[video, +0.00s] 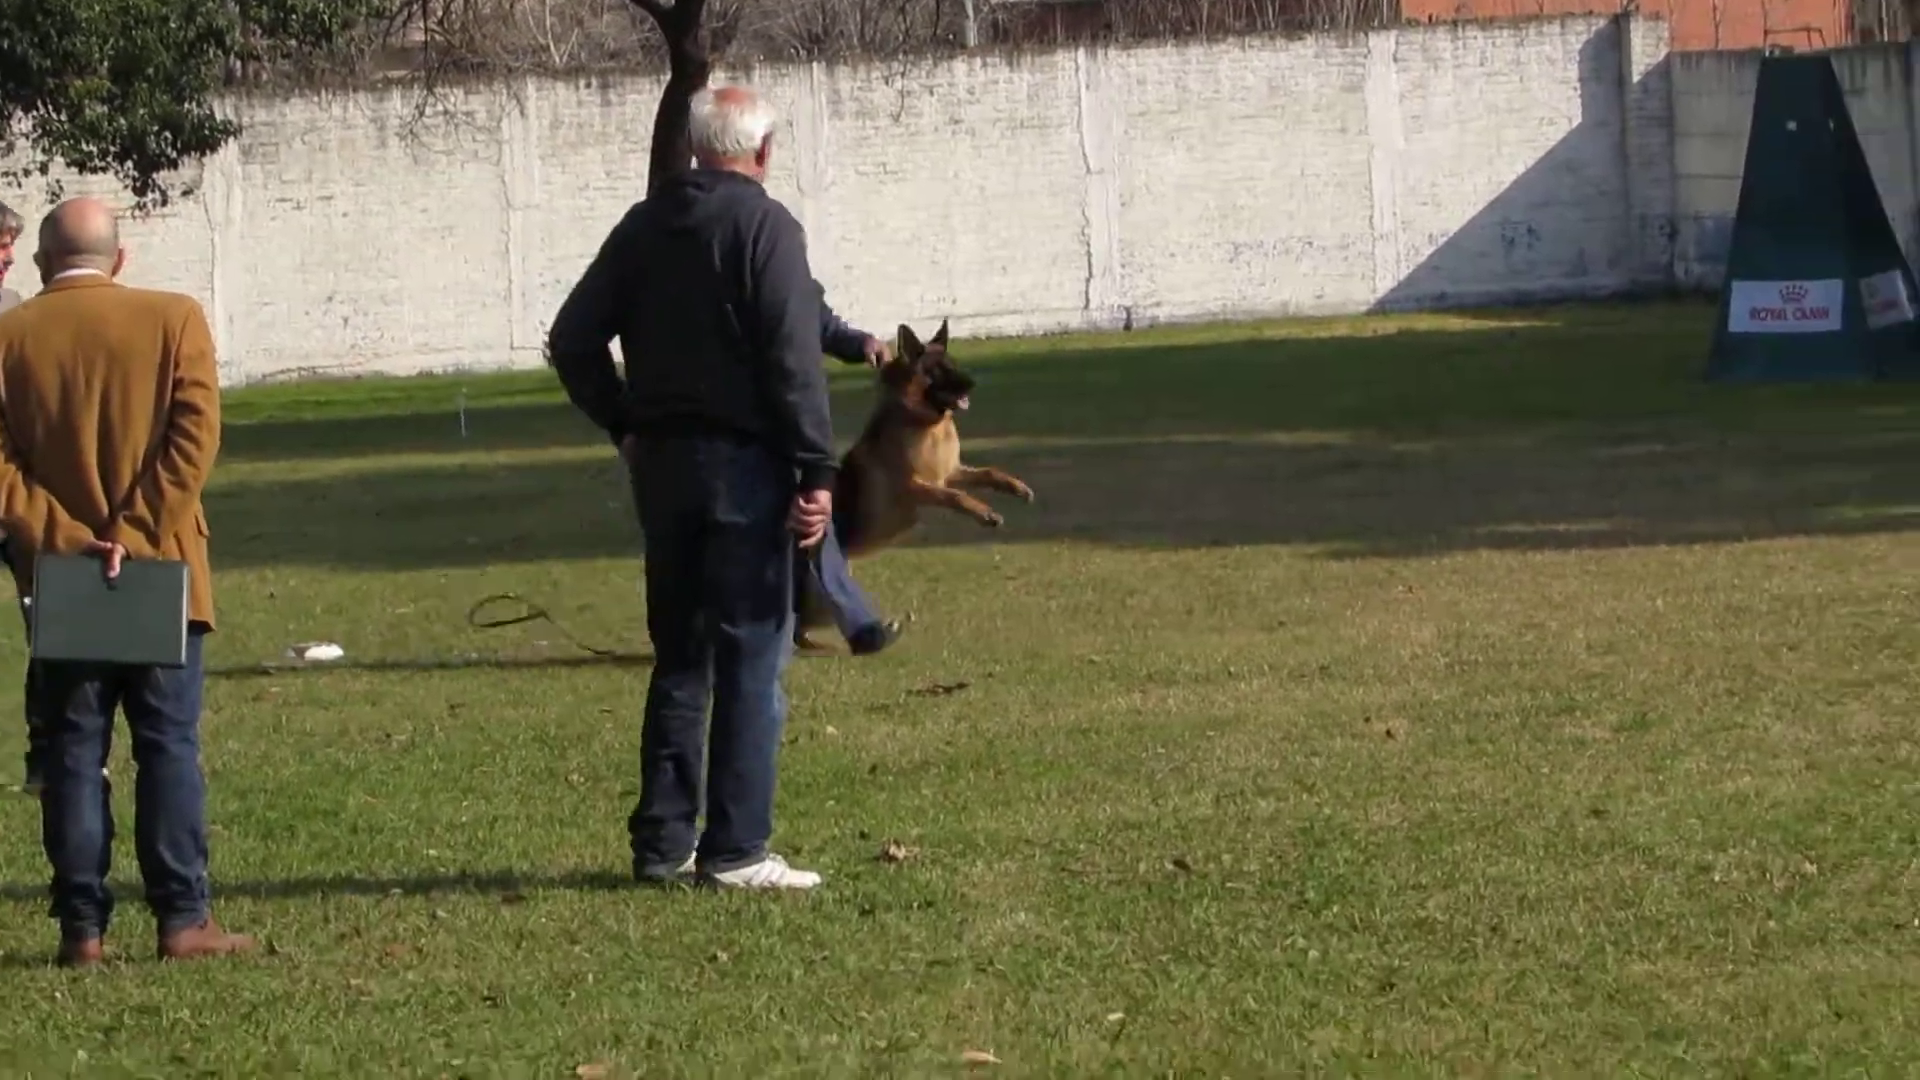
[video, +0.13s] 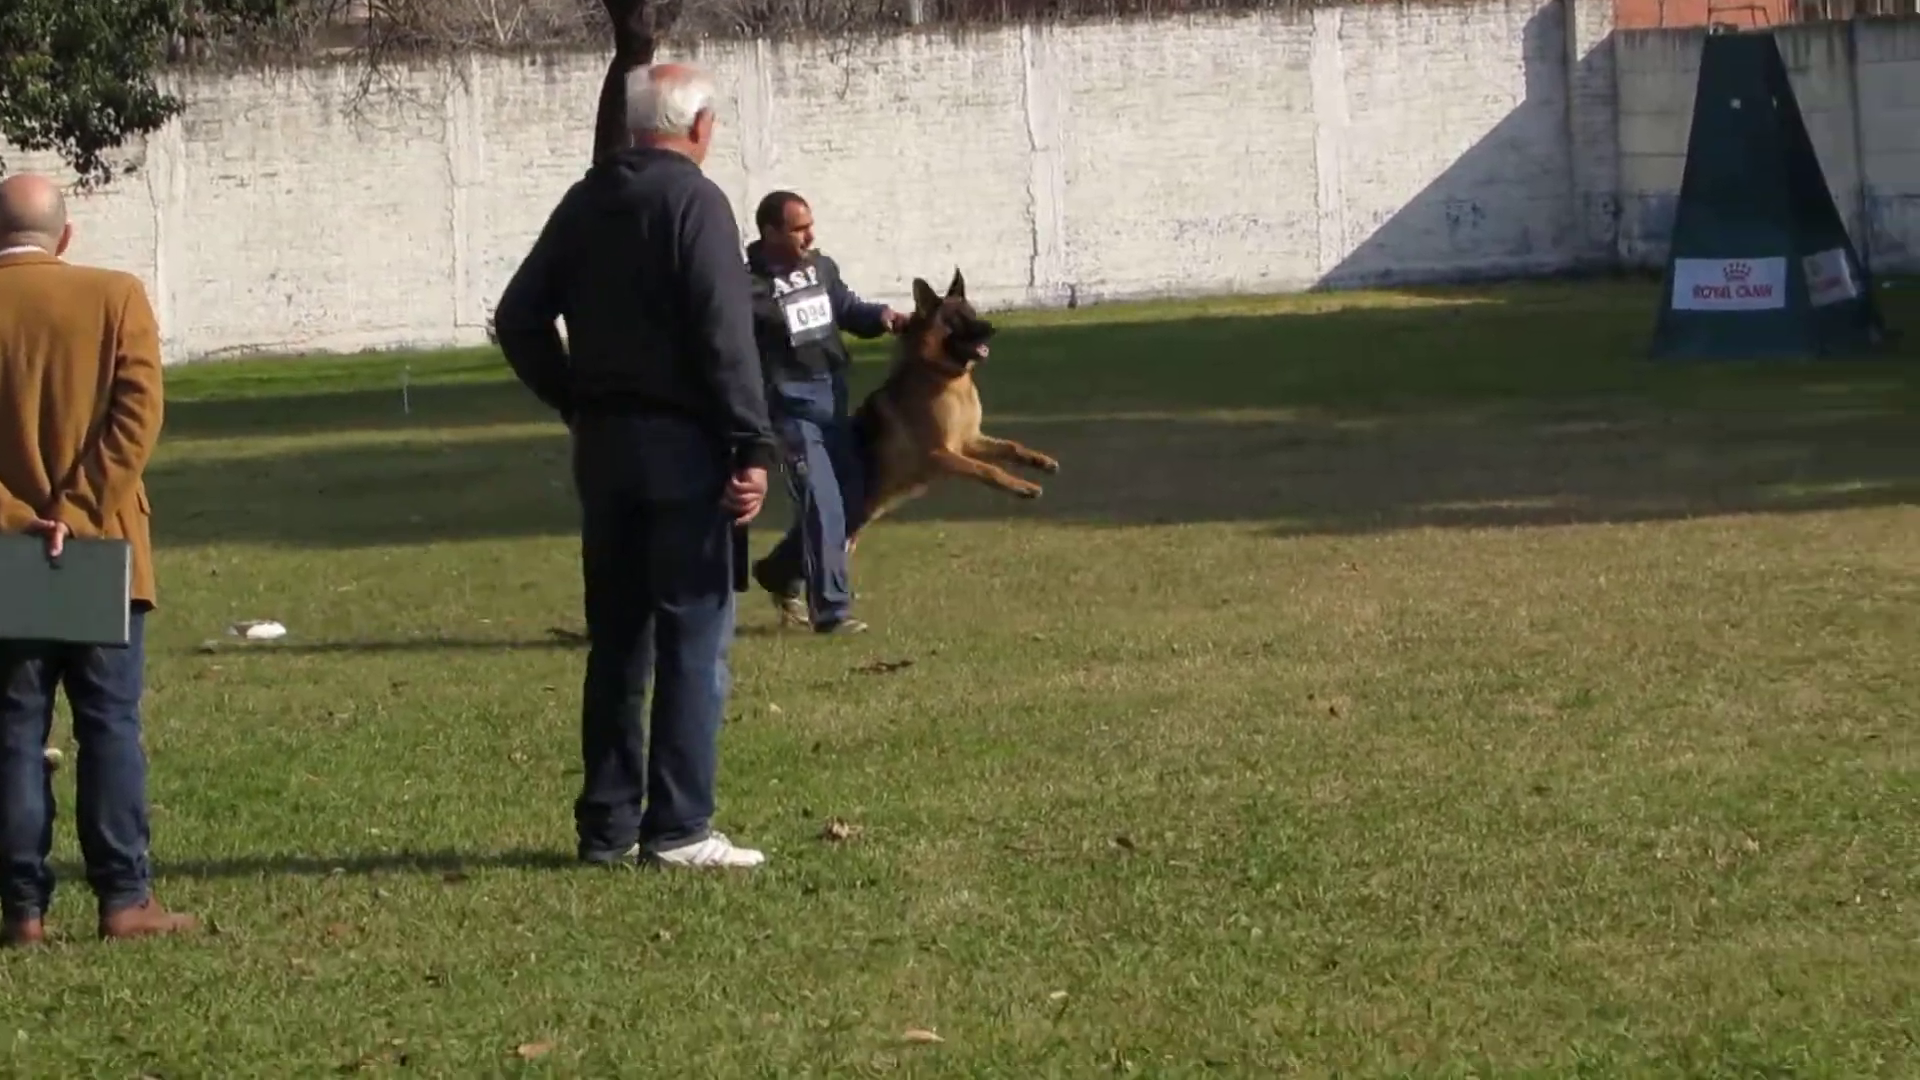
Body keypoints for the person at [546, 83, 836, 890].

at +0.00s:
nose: (774, 159)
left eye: (768, 147)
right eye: (773, 148)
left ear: (694, 144)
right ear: (760, 150)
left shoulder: (644, 222)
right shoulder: (765, 225)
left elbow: (571, 340)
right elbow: (794, 360)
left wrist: (627, 424)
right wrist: (815, 470)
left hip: (663, 469)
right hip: (745, 470)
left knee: (678, 656)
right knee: (753, 656)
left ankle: (663, 844)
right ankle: (738, 851)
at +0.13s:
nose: (716, 135)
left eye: (713, 121)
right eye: (713, 123)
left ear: (634, 121)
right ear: (696, 127)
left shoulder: (585, 198)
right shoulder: (696, 201)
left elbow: (517, 318)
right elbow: (726, 335)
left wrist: (580, 401)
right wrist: (752, 447)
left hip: (605, 450)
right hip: (686, 450)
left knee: (615, 635)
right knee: (696, 637)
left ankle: (608, 824)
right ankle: (681, 828)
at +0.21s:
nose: (662, 122)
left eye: (659, 108)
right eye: (658, 109)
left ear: (583, 109)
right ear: (636, 112)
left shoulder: (534, 183)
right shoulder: (639, 186)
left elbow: (468, 307)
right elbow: (667, 323)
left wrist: (535, 394)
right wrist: (694, 435)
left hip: (554, 439)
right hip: (633, 439)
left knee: (563, 628)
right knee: (645, 631)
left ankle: (556, 814)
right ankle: (629, 817)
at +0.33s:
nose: (578, 101)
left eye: (576, 86)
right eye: (572, 88)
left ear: (503, 92)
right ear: (541, 94)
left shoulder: (449, 166)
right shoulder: (547, 169)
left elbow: (386, 292)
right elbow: (574, 301)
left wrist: (448, 376)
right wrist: (599, 416)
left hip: (470, 423)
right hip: (543, 421)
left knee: (480, 611)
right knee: (563, 614)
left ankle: (477, 799)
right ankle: (549, 801)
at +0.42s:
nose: (507, 94)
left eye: (506, 78)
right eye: (502, 79)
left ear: (435, 82)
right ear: (469, 82)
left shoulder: (379, 155)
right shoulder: (473, 158)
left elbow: (317, 282)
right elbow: (499, 288)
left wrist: (378, 366)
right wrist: (523, 405)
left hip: (398, 412)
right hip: (472, 411)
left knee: (408, 602)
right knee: (493, 606)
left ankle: (407, 790)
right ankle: (480, 792)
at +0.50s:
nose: (421, 86)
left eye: (421, 70)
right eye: (417, 71)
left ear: (351, 72)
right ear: (384, 73)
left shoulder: (296, 147)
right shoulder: (387, 151)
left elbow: (233, 275)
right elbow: (413, 280)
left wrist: (295, 359)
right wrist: (436, 396)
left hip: (313, 406)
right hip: (386, 406)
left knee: (322, 596)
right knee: (406, 597)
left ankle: (325, 783)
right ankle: (397, 784)